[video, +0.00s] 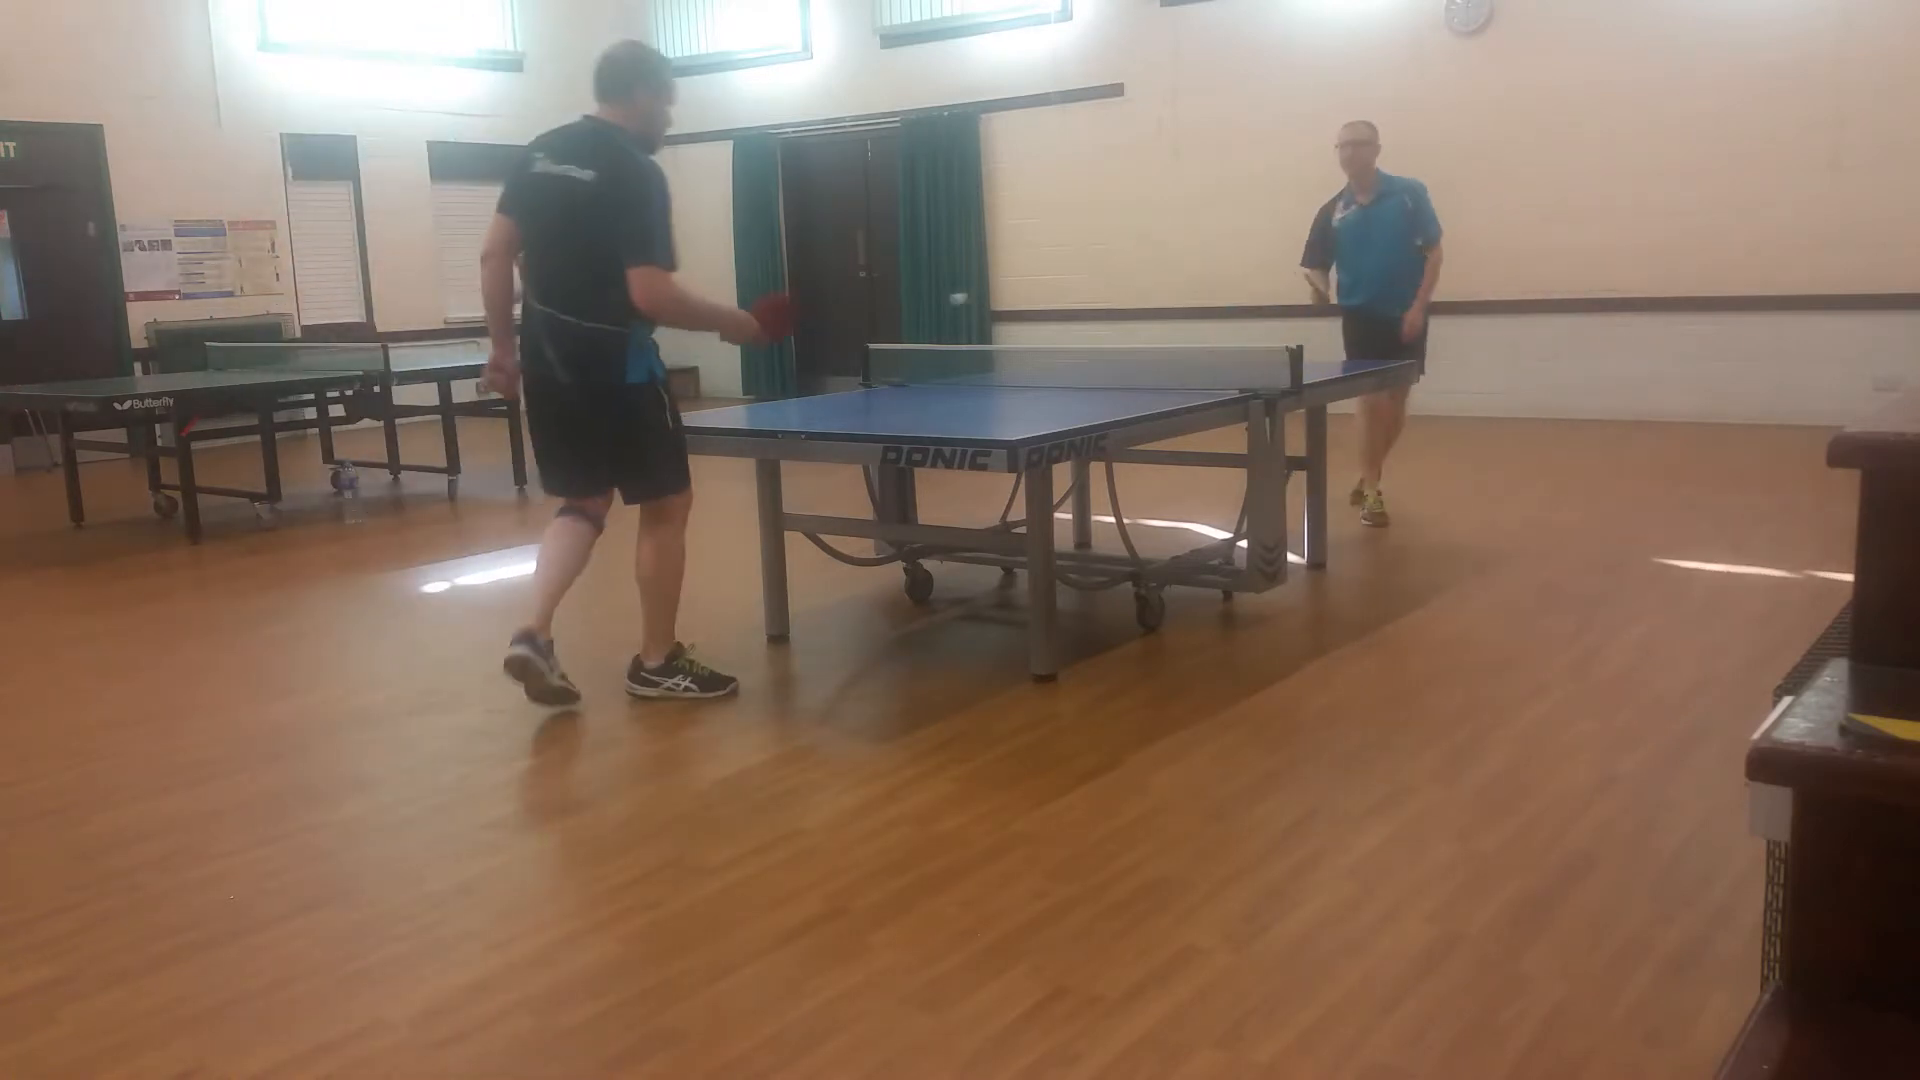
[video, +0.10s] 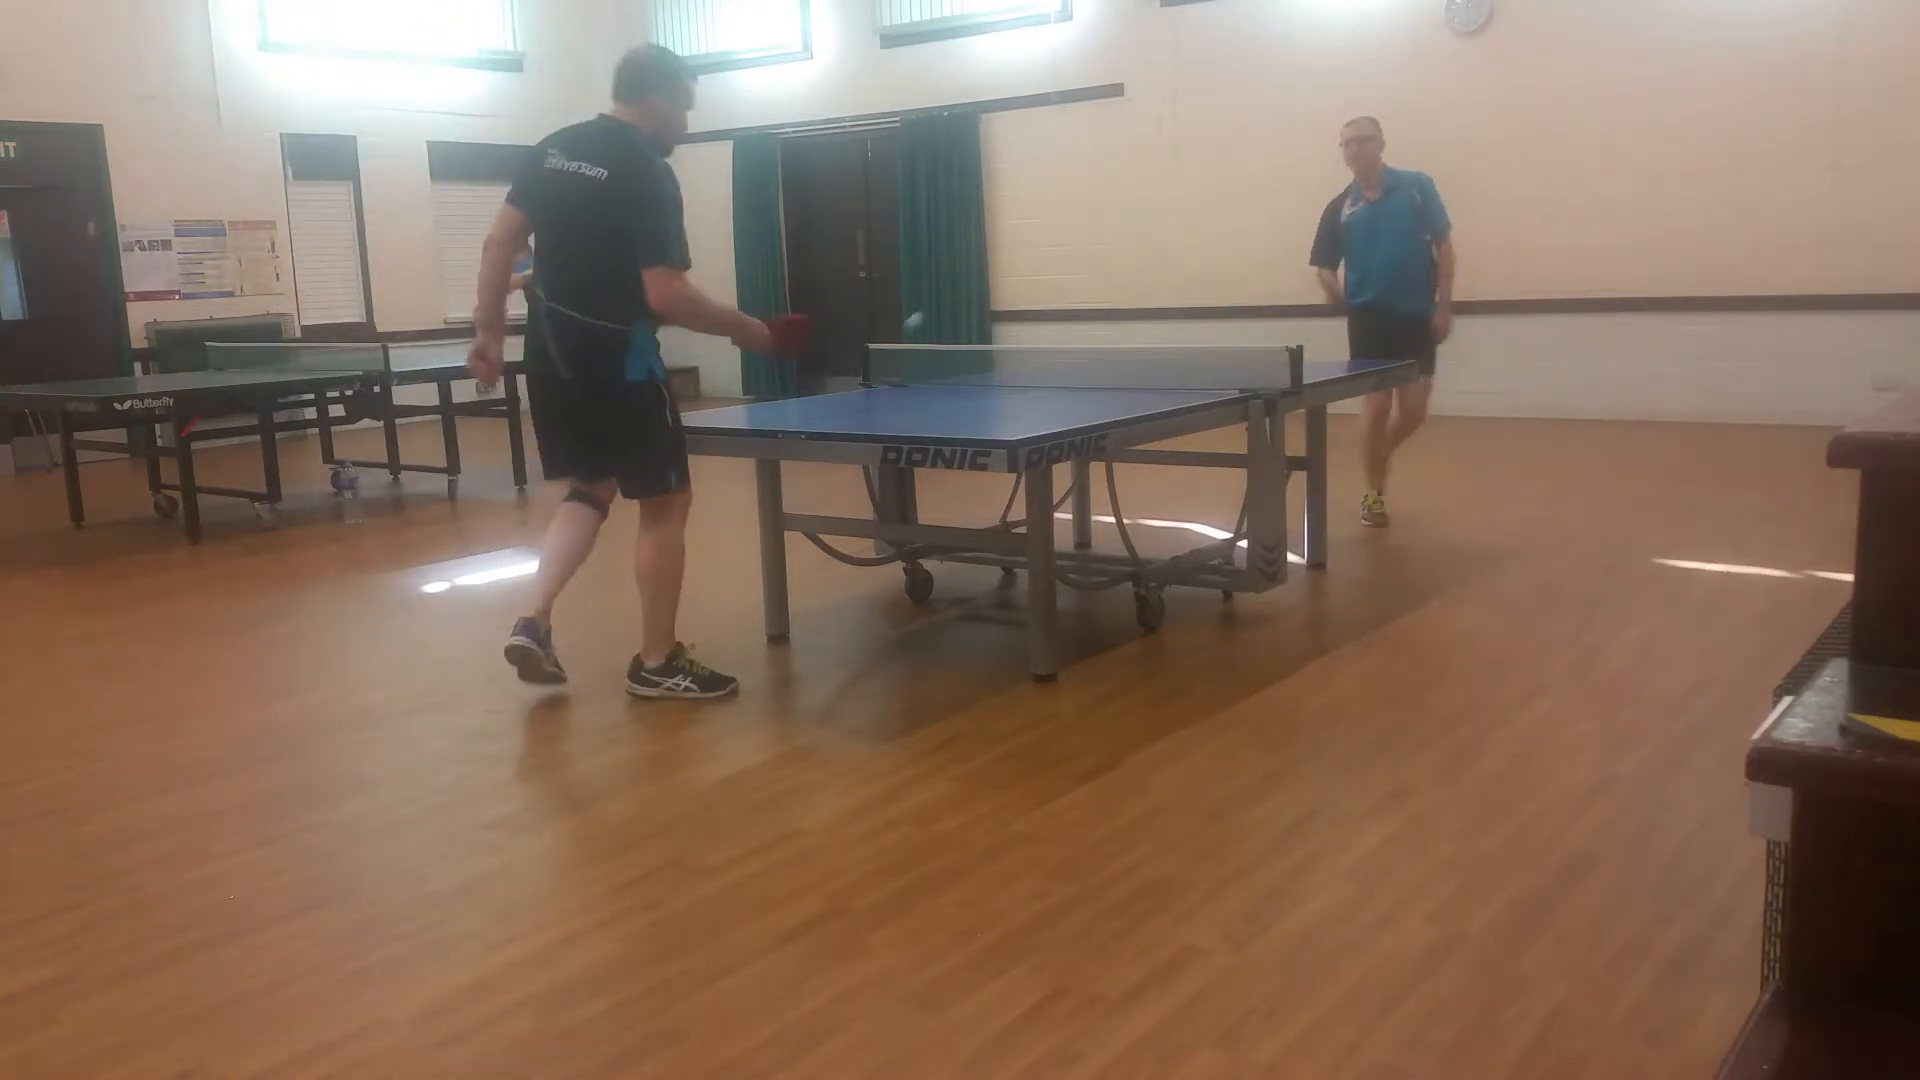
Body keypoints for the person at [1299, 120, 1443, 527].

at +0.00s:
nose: (1351, 153)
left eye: (1360, 145)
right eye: (1345, 146)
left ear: (1376, 149)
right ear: (1336, 153)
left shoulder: (1409, 193)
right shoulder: (1331, 211)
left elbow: (1434, 251)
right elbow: (1314, 267)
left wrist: (1419, 306)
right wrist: (1327, 307)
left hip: (1405, 316)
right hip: (1358, 319)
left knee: (1394, 409)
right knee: (1371, 404)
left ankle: (1364, 482)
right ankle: (1372, 491)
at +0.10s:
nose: (1355, 150)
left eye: (1363, 142)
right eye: (1349, 144)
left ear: (1380, 144)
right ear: (1341, 151)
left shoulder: (1417, 186)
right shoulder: (1338, 208)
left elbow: (1443, 246)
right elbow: (1324, 267)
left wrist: (1444, 305)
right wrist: (1346, 306)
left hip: (1415, 316)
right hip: (1367, 318)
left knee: (1413, 412)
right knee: (1376, 407)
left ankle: (1378, 454)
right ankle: (1373, 493)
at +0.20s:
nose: (1361, 146)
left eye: (1369, 137)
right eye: (1354, 139)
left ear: (1388, 139)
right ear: (1348, 145)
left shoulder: (1424, 183)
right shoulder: (1343, 203)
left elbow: (1452, 240)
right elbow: (1331, 265)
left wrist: (1461, 300)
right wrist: (1349, 292)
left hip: (1424, 313)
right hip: (1374, 317)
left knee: (1428, 403)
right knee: (1377, 407)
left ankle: (1395, 456)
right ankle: (1371, 492)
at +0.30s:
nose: (1372, 152)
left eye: (1379, 142)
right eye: (1363, 144)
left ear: (1393, 143)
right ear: (1352, 148)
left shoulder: (1425, 189)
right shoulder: (1346, 199)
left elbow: (1455, 249)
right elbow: (1331, 264)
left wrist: (1460, 300)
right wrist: (1346, 286)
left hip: (1424, 315)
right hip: (1376, 316)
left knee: (1428, 411)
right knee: (1377, 408)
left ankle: (1396, 447)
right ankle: (1371, 491)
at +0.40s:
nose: (1387, 177)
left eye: (1396, 171)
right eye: (1380, 170)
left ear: (1408, 176)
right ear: (1374, 175)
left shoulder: (1426, 206)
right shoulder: (1354, 210)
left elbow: (1449, 260)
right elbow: (1333, 267)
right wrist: (1347, 287)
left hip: (1424, 317)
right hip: (1379, 318)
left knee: (1427, 408)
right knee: (1378, 407)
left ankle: (1398, 454)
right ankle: (1371, 491)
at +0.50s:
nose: (1382, 170)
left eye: (1388, 162)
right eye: (1374, 163)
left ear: (1404, 170)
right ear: (1363, 171)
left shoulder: (1423, 208)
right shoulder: (1350, 215)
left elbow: (1453, 259)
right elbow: (1330, 269)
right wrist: (1346, 287)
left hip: (1421, 317)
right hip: (1377, 317)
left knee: (1428, 410)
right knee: (1377, 408)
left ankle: (1399, 457)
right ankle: (1371, 490)